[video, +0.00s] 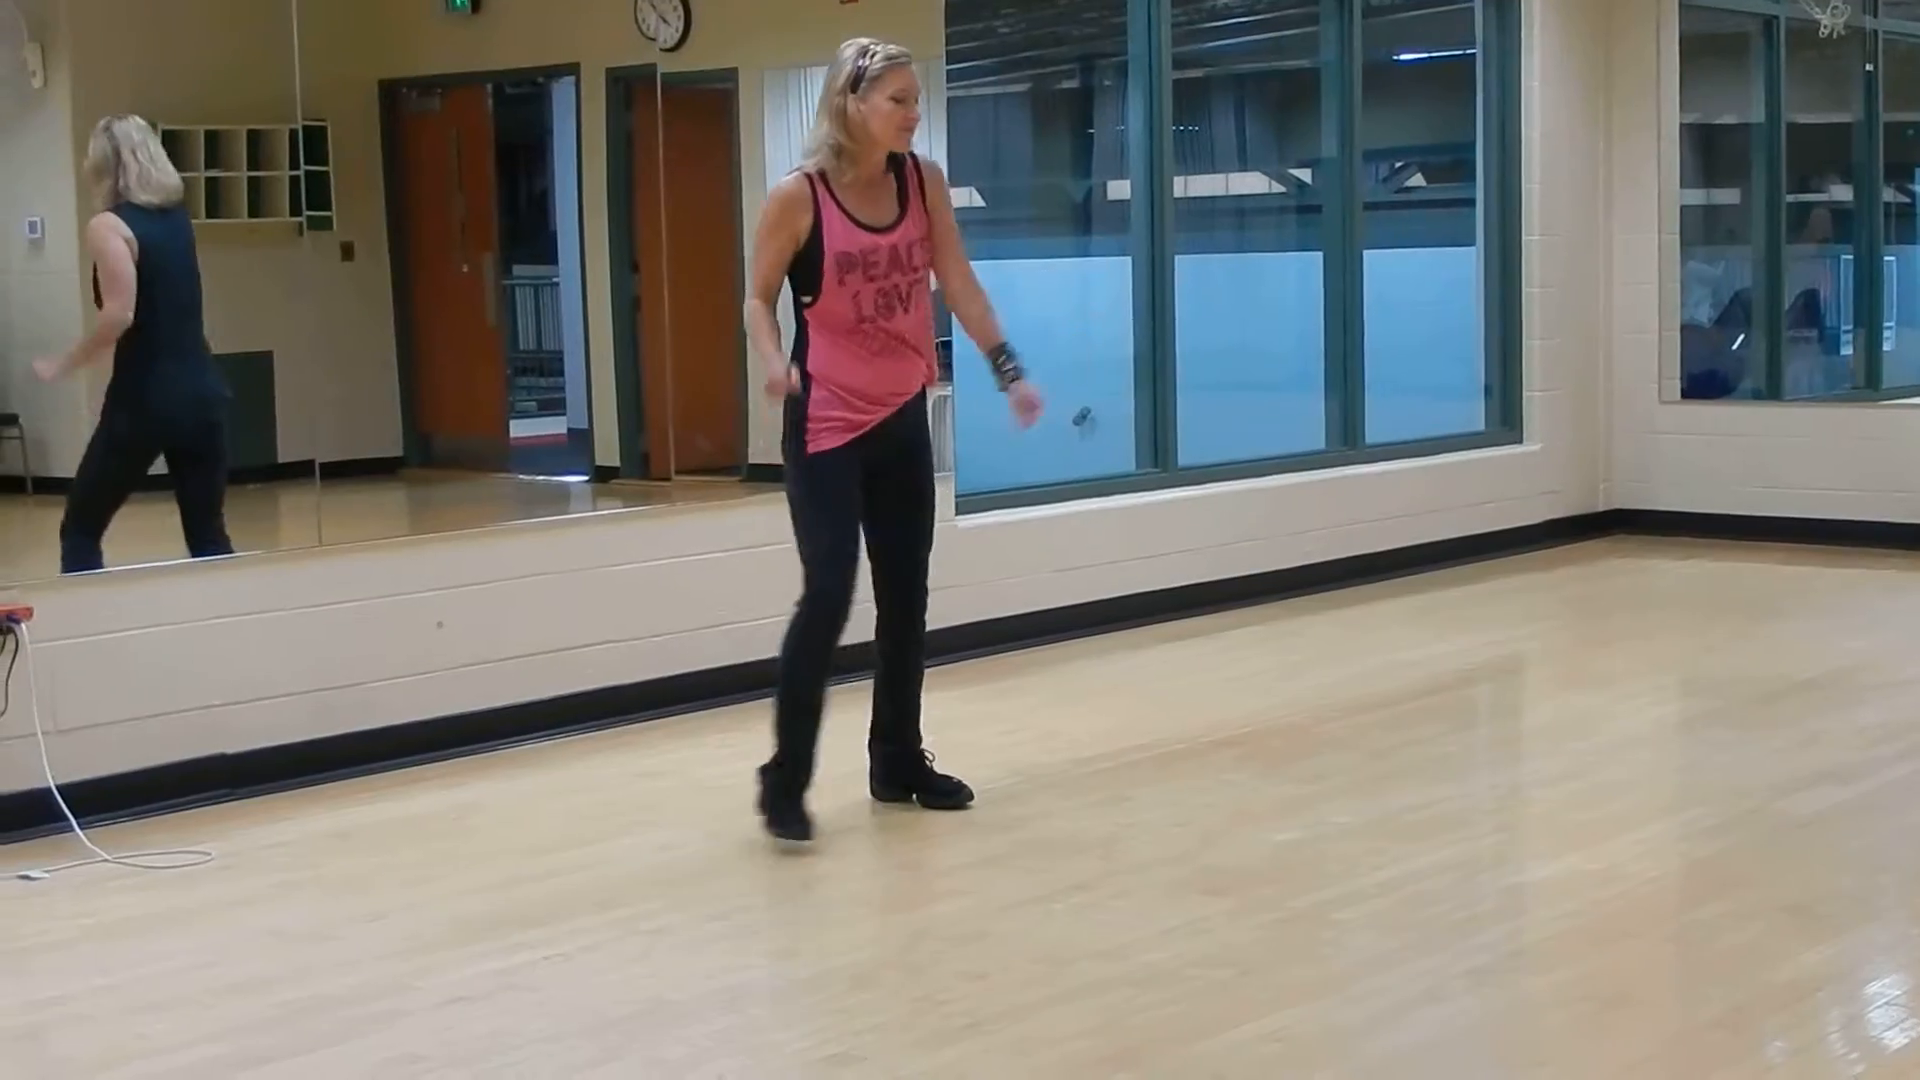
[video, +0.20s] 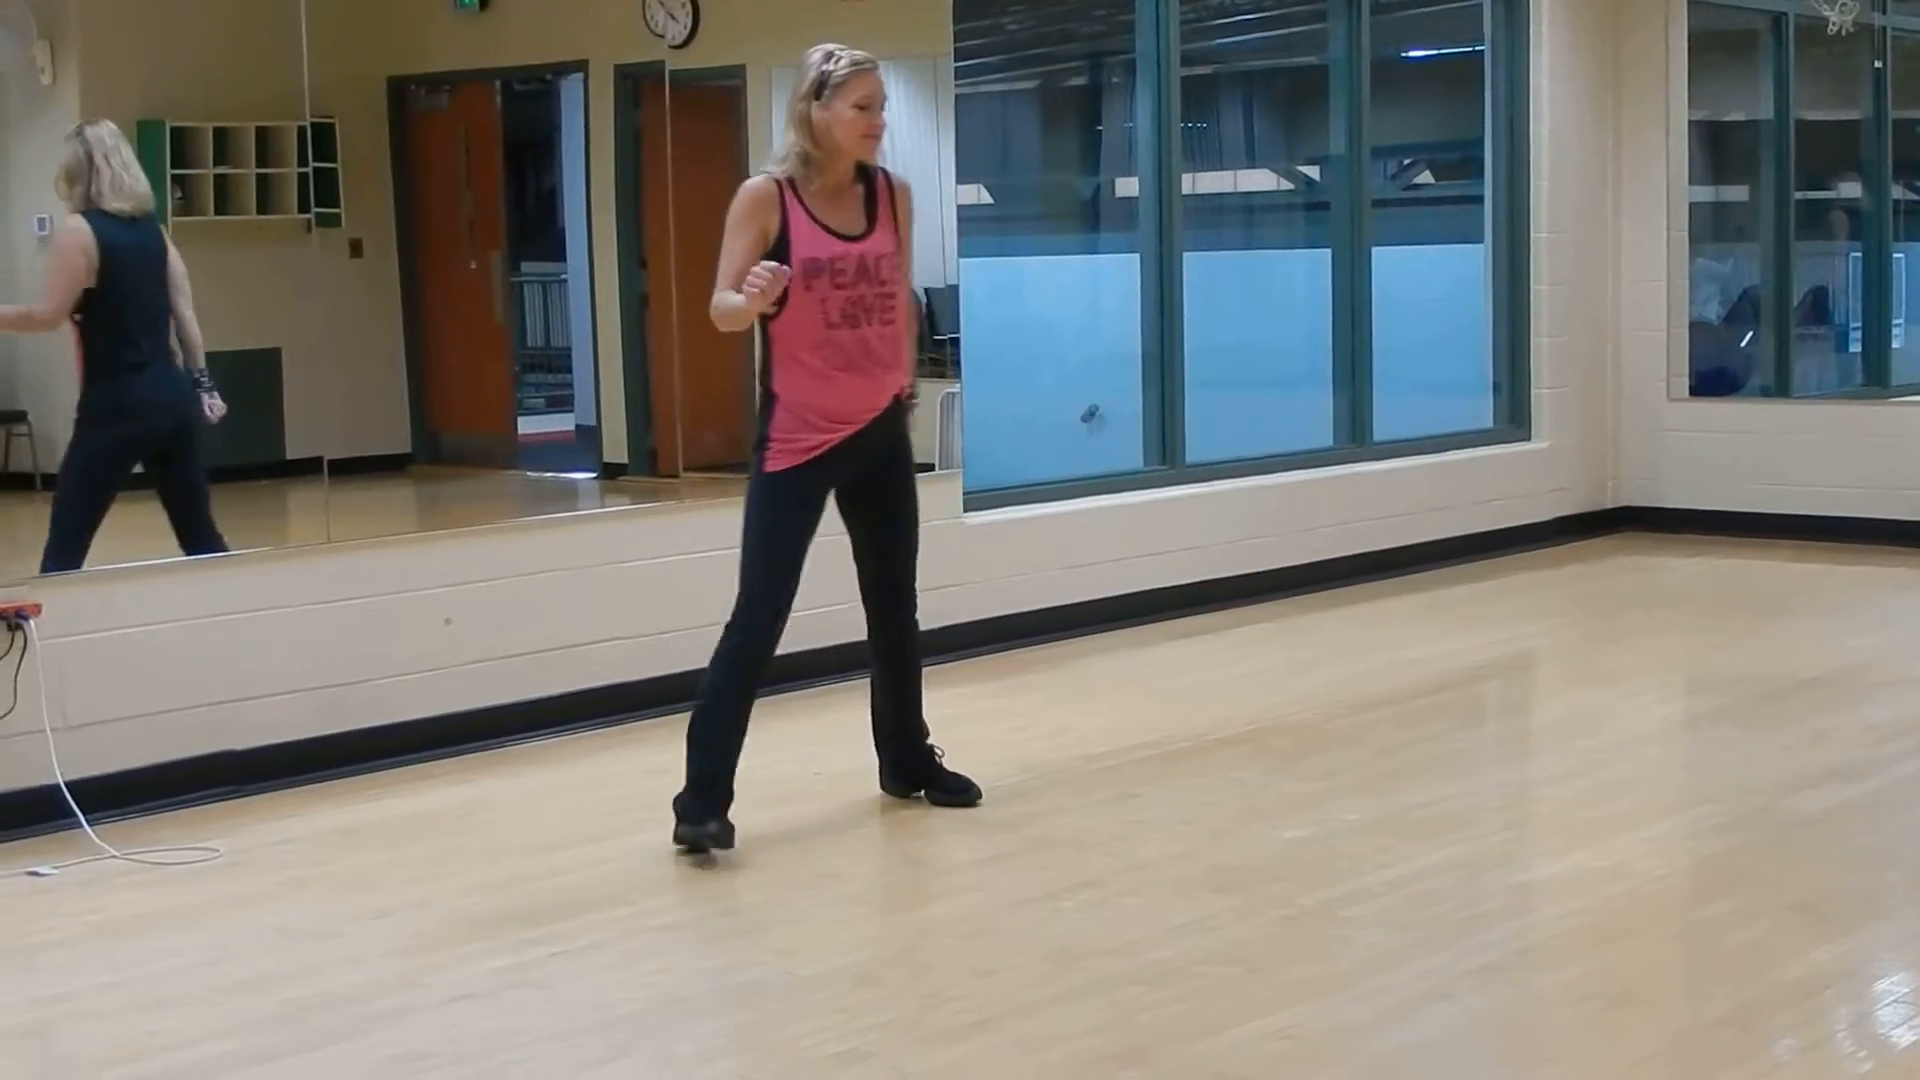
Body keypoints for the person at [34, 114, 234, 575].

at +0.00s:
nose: (89, 172)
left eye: (93, 162)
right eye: (90, 162)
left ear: (108, 166)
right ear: (152, 159)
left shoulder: (109, 226)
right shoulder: (177, 219)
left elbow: (119, 314)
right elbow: (183, 307)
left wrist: (64, 363)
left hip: (144, 401)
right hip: (199, 395)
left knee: (79, 532)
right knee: (208, 534)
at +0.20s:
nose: (61, 177)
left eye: (65, 167)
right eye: (63, 166)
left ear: (77, 172)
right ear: (127, 168)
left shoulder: (79, 231)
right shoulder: (154, 232)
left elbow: (49, 316)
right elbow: (183, 311)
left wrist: (4, 316)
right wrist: (203, 382)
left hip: (112, 411)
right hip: (170, 405)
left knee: (67, 539)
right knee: (198, 531)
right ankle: (249, 629)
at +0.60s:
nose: (11, 176)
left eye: (15, 167)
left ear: (20, 173)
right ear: (78, 167)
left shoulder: (13, 237)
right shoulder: (110, 231)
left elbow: (6, 314)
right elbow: (153, 307)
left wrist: (17, 337)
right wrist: (125, 365)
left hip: (32, 408)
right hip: (97, 409)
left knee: (24, 542)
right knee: (52, 534)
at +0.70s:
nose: (14, 179)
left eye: (17, 169)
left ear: (23, 176)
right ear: (81, 171)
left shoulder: (14, 243)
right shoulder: (113, 238)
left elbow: (4, 318)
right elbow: (142, 316)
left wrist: (20, 333)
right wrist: (114, 344)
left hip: (31, 412)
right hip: (97, 412)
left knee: (28, 547)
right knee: (43, 541)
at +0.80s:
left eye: (14, 174)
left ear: (19, 180)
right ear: (78, 175)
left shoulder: (13, 246)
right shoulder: (106, 241)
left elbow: (5, 340)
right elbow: (131, 324)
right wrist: (77, 319)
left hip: (32, 424)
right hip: (97, 418)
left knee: (31, 557)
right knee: (65, 551)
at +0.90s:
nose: (1, 192)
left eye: (5, 183)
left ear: (14, 189)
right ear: (68, 184)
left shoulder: (12, 255)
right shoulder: (95, 250)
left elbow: (10, 355)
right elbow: (117, 339)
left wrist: (6, 432)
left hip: (44, 441)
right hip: (109, 433)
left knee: (11, 577)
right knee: (95, 572)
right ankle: (140, 675)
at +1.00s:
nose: (0, 210)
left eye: (3, 199)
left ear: (8, 204)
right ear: (58, 202)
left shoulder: (9, 271)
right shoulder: (81, 265)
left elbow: (11, 362)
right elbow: (98, 352)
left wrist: (13, 445)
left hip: (50, 459)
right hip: (115, 449)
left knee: (5, 596)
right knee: (120, 591)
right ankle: (157, 702)